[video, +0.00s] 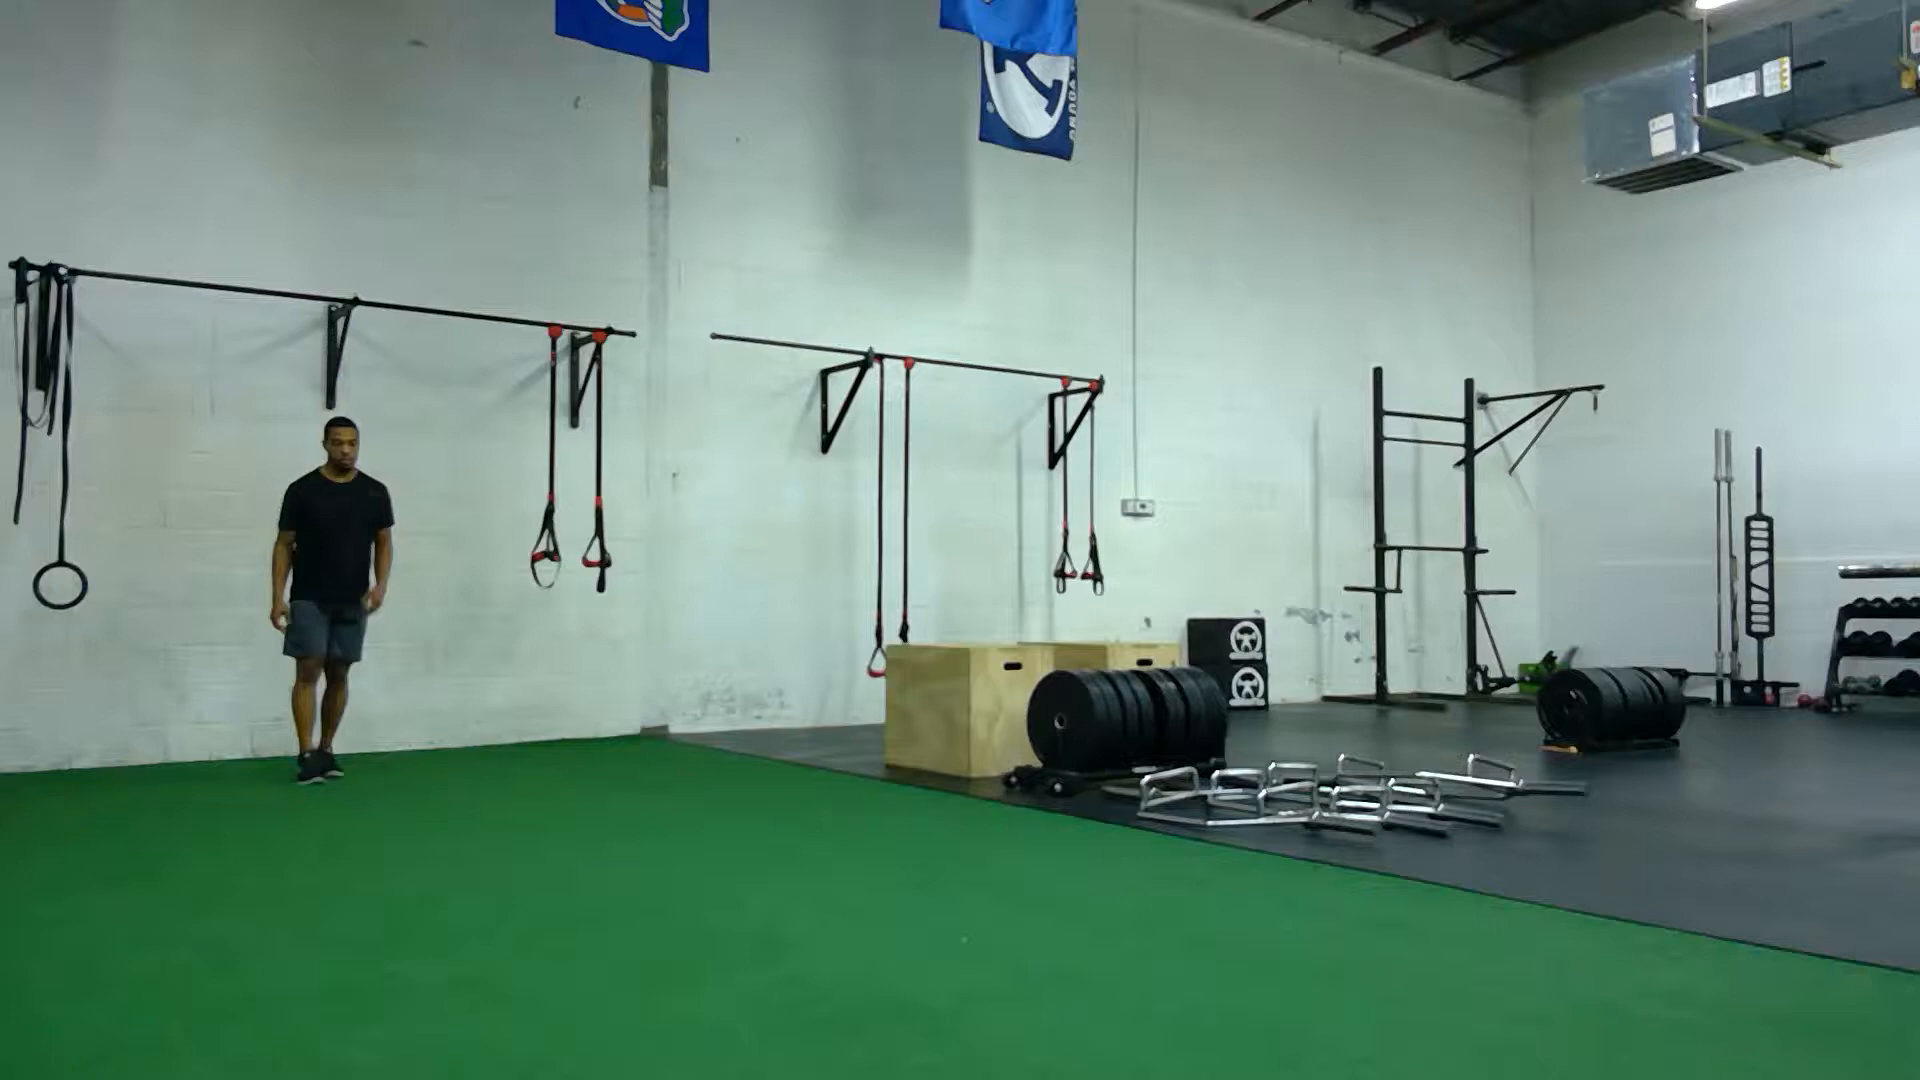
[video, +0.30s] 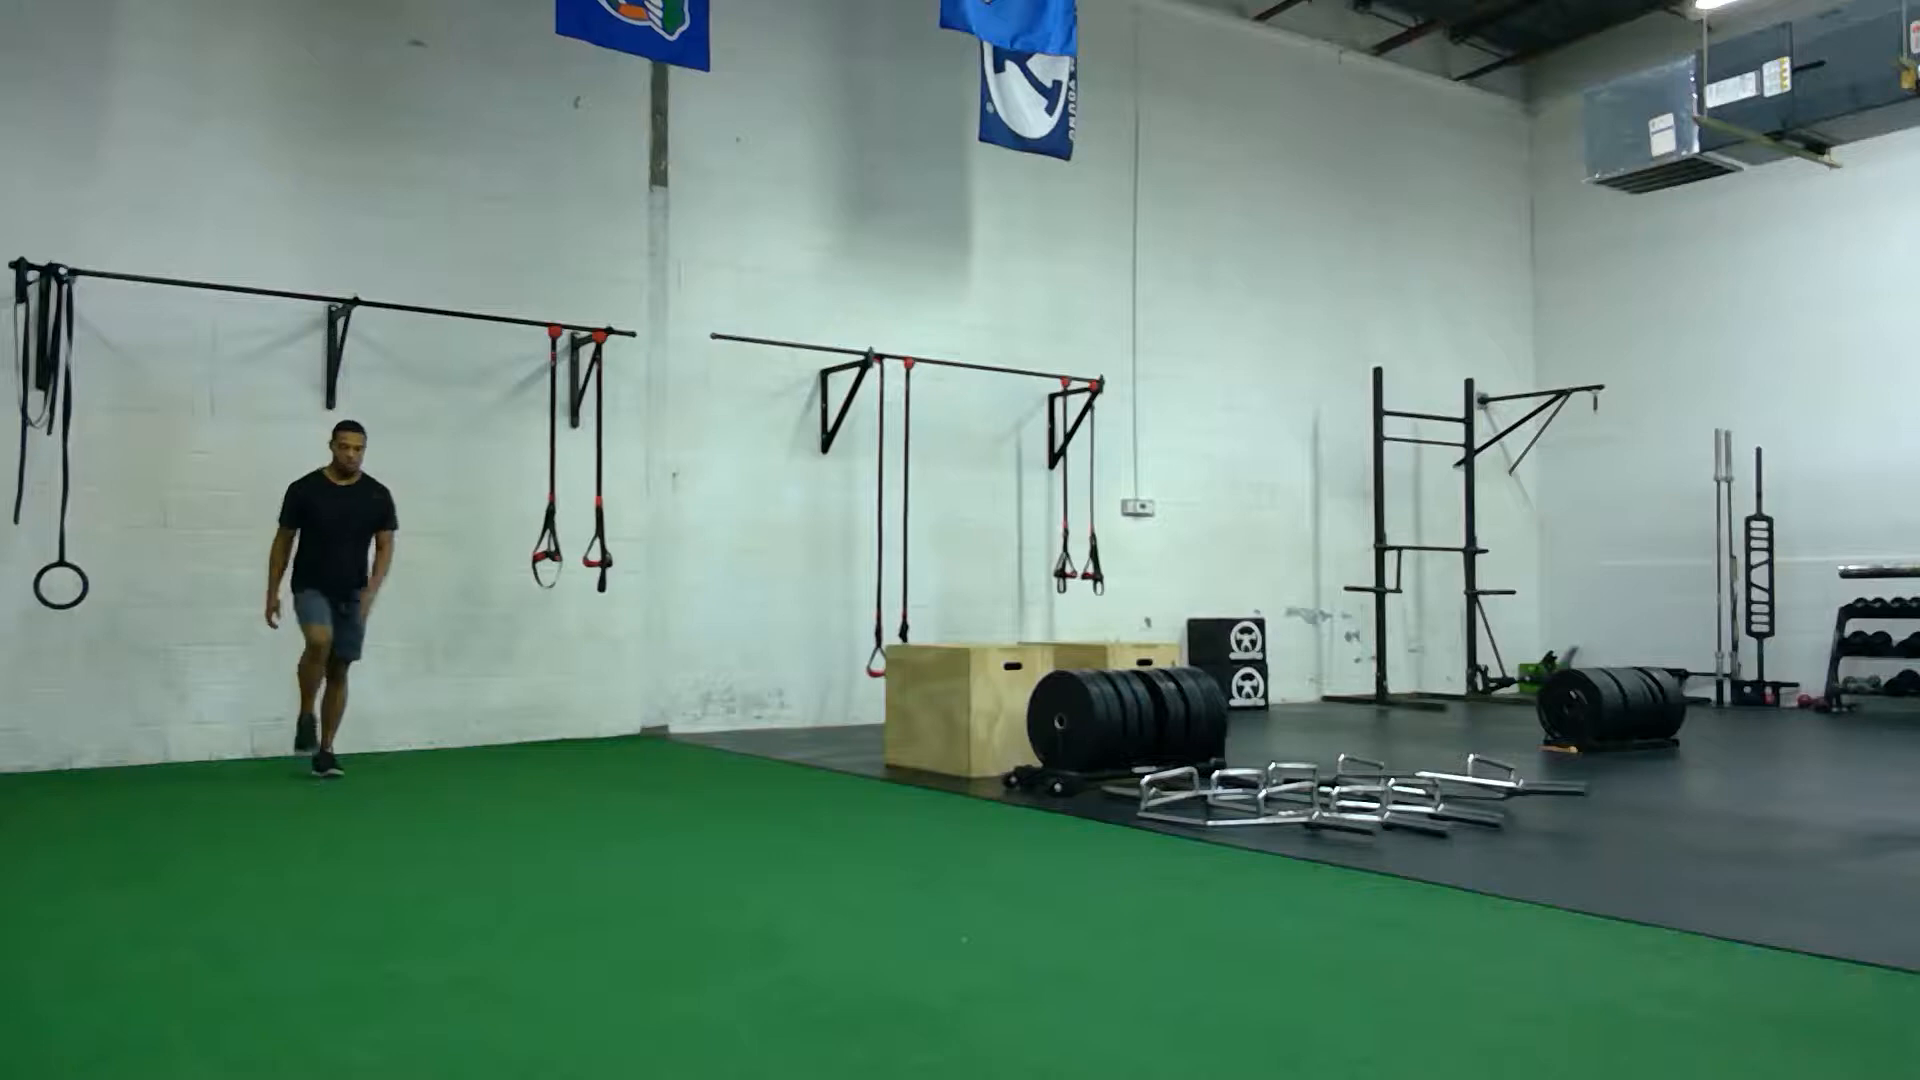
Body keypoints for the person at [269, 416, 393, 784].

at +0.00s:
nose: (345, 450)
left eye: (351, 443)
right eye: (338, 443)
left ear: (358, 446)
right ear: (325, 446)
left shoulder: (375, 492)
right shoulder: (301, 490)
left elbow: (383, 541)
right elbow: (283, 545)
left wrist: (380, 584)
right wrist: (278, 597)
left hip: (352, 597)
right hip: (309, 596)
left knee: (338, 674)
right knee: (308, 671)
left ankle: (326, 750)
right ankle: (306, 753)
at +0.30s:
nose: (350, 454)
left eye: (357, 448)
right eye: (344, 447)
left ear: (365, 451)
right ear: (332, 447)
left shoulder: (377, 495)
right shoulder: (303, 490)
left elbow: (384, 547)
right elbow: (283, 541)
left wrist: (371, 591)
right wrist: (273, 590)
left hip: (351, 590)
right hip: (311, 586)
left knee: (338, 671)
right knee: (319, 641)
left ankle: (326, 750)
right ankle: (307, 715)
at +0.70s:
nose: (354, 468)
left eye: (361, 462)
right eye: (348, 460)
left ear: (368, 461)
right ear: (335, 456)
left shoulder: (380, 498)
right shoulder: (308, 490)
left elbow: (380, 551)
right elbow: (282, 527)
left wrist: (365, 521)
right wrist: (262, 564)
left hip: (351, 588)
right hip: (308, 571)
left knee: (339, 672)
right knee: (321, 588)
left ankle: (327, 750)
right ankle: (327, 666)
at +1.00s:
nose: (344, 439)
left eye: (351, 433)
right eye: (337, 432)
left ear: (360, 436)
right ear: (326, 433)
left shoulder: (379, 479)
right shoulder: (301, 479)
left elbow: (389, 528)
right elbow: (281, 530)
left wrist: (373, 555)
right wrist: (269, 579)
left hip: (356, 580)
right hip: (311, 576)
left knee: (352, 665)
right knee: (304, 641)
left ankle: (333, 731)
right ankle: (301, 715)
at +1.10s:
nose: (341, 441)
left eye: (347, 435)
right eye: (333, 434)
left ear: (355, 441)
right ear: (320, 440)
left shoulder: (375, 485)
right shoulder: (298, 489)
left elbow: (400, 522)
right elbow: (285, 546)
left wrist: (408, 566)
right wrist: (297, 550)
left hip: (358, 587)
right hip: (310, 589)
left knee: (365, 649)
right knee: (306, 676)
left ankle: (342, 677)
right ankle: (299, 754)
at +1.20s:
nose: (346, 439)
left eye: (352, 433)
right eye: (338, 432)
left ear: (359, 438)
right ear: (324, 437)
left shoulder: (380, 481)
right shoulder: (301, 481)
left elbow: (406, 512)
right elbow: (286, 535)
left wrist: (414, 554)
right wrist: (314, 511)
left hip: (360, 582)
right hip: (311, 589)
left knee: (377, 633)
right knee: (309, 674)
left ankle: (353, 690)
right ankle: (300, 748)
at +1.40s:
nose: (368, 436)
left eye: (374, 430)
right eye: (360, 429)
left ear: (383, 438)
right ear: (346, 435)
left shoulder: (396, 488)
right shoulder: (318, 478)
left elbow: (392, 540)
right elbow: (275, 502)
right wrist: (245, 534)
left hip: (372, 583)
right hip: (326, 574)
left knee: (366, 678)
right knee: (351, 604)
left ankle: (355, 762)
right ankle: (329, 674)